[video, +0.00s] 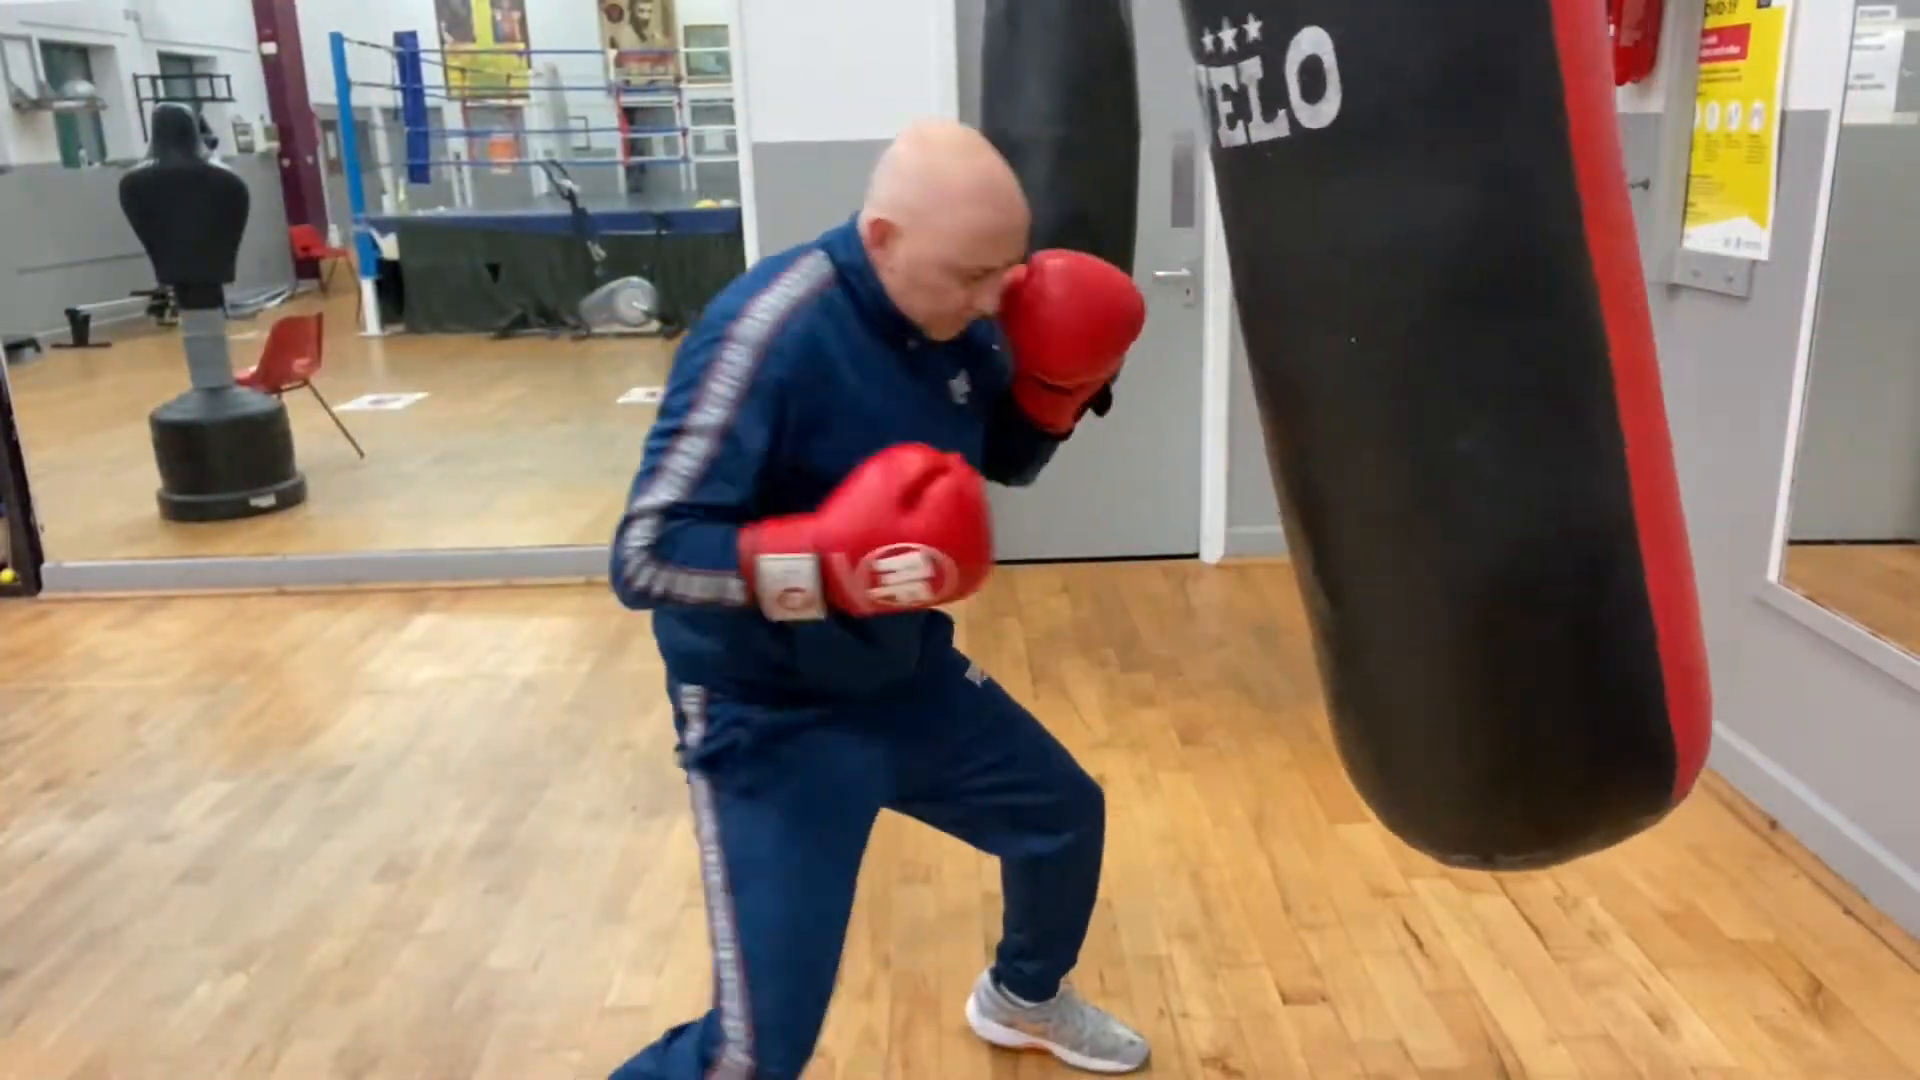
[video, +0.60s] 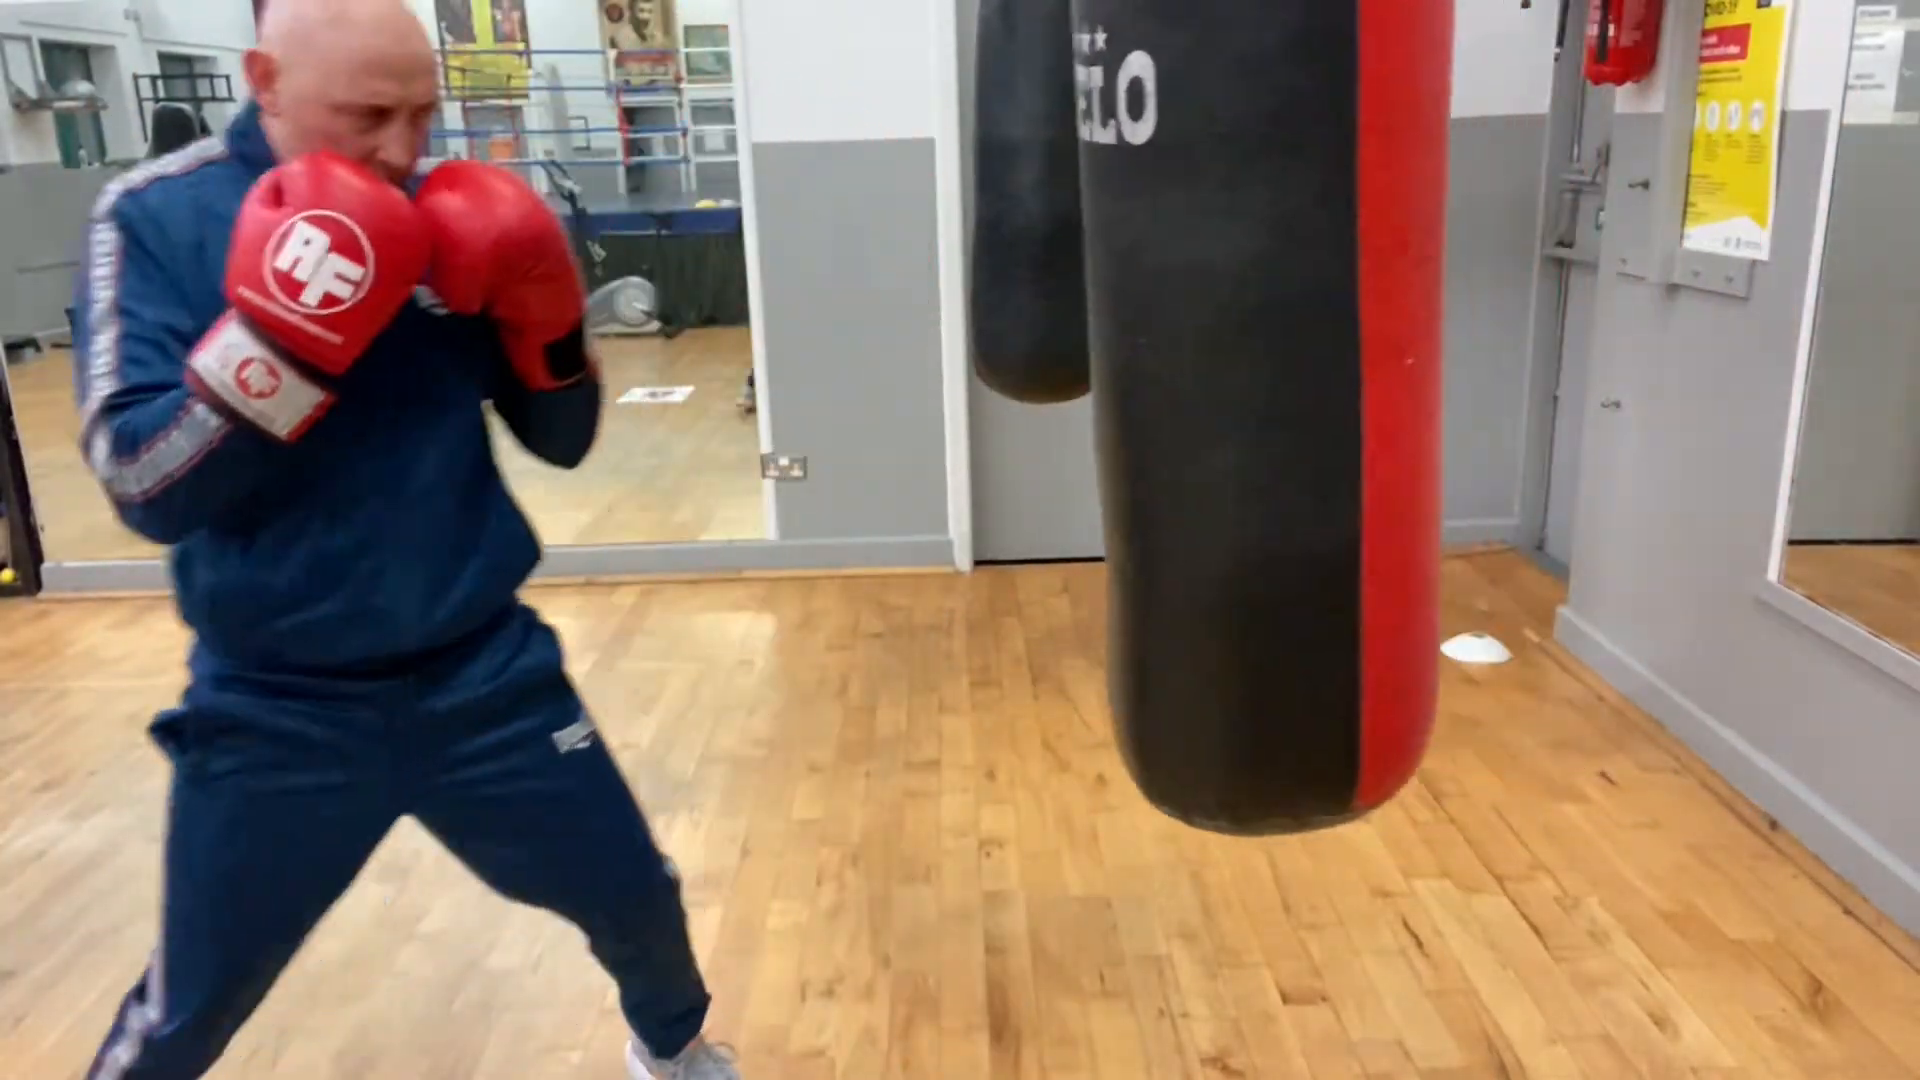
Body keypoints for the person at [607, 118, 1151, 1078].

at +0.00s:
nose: (995, 299)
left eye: (1004, 274)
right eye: (974, 279)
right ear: (885, 239)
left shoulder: (955, 315)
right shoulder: (763, 329)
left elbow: (1006, 458)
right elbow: (646, 555)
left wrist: (1059, 384)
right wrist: (823, 567)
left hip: (904, 678)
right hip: (766, 716)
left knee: (1062, 816)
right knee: (756, 1052)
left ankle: (1024, 997)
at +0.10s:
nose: (859, 271)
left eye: (875, 242)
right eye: (831, 248)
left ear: (886, 205)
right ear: (745, 209)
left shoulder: (880, 287)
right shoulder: (642, 311)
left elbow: (936, 459)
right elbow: (563, 564)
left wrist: (983, 385)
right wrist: (706, 507)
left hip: (862, 680)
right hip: (701, 718)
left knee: (1025, 831)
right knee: (676, 1028)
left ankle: (1023, 1000)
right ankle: (604, 1065)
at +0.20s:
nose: (733, 194)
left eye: (749, 163)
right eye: (703, 167)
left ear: (763, 134)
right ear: (608, 129)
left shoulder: (771, 231)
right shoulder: (502, 248)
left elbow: (849, 409)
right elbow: (467, 510)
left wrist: (891, 319)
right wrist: (590, 365)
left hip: (775, 663)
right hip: (602, 693)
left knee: (922, 849)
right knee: (596, 994)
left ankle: (997, 999)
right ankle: (542, 1057)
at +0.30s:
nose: (636, 112)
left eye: (660, 80)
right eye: (603, 83)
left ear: (679, 54)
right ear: (504, 44)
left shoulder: (699, 158)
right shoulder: (406, 167)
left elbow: (800, 352)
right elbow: (369, 421)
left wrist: (824, 247)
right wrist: (485, 243)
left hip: (700, 606)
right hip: (518, 636)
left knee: (822, 819)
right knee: (520, 946)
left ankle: (810, 1007)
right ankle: (505, 1068)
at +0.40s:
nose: (558, 94)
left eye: (580, 56)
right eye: (521, 59)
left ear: (604, 34)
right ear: (428, 27)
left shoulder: (631, 142)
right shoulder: (329, 148)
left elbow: (746, 346)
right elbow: (290, 410)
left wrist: (753, 234)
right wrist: (404, 239)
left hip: (627, 598)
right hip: (441, 611)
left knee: (725, 841)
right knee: (417, 921)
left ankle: (690, 1022)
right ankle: (387, 1012)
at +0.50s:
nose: (481, 129)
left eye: (505, 93)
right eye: (446, 96)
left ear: (526, 70)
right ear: (357, 63)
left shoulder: (554, 180)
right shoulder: (261, 198)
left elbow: (674, 401)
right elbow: (227, 463)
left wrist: (654, 276)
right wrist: (338, 303)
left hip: (574, 649)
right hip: (376, 670)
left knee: (683, 881)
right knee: (299, 969)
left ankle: (676, 1050)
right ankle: (227, 1044)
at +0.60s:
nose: (403, 153)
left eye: (422, 118)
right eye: (369, 120)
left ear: (440, 95)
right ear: (266, 86)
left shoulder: (447, 207)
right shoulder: (153, 220)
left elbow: (564, 440)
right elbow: (145, 491)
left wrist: (545, 308)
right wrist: (276, 339)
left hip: (484, 677)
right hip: (278, 708)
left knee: (640, 900)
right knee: (189, 1015)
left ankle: (674, 1049)